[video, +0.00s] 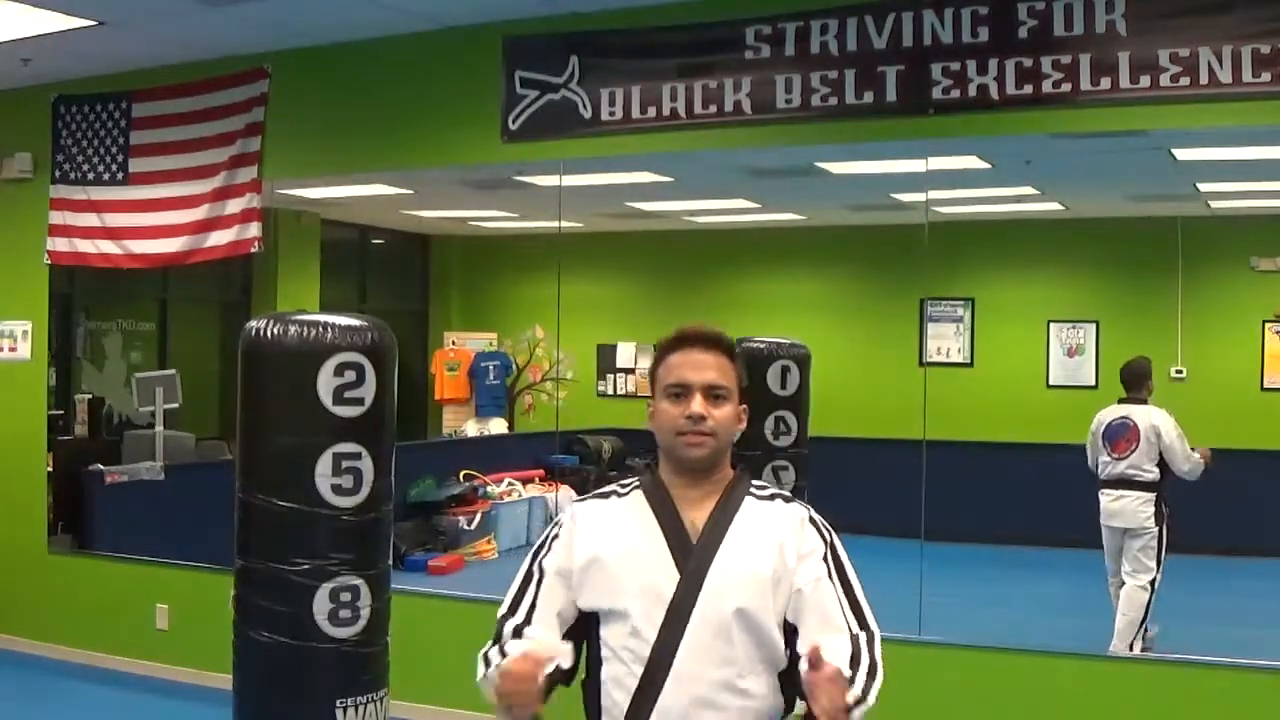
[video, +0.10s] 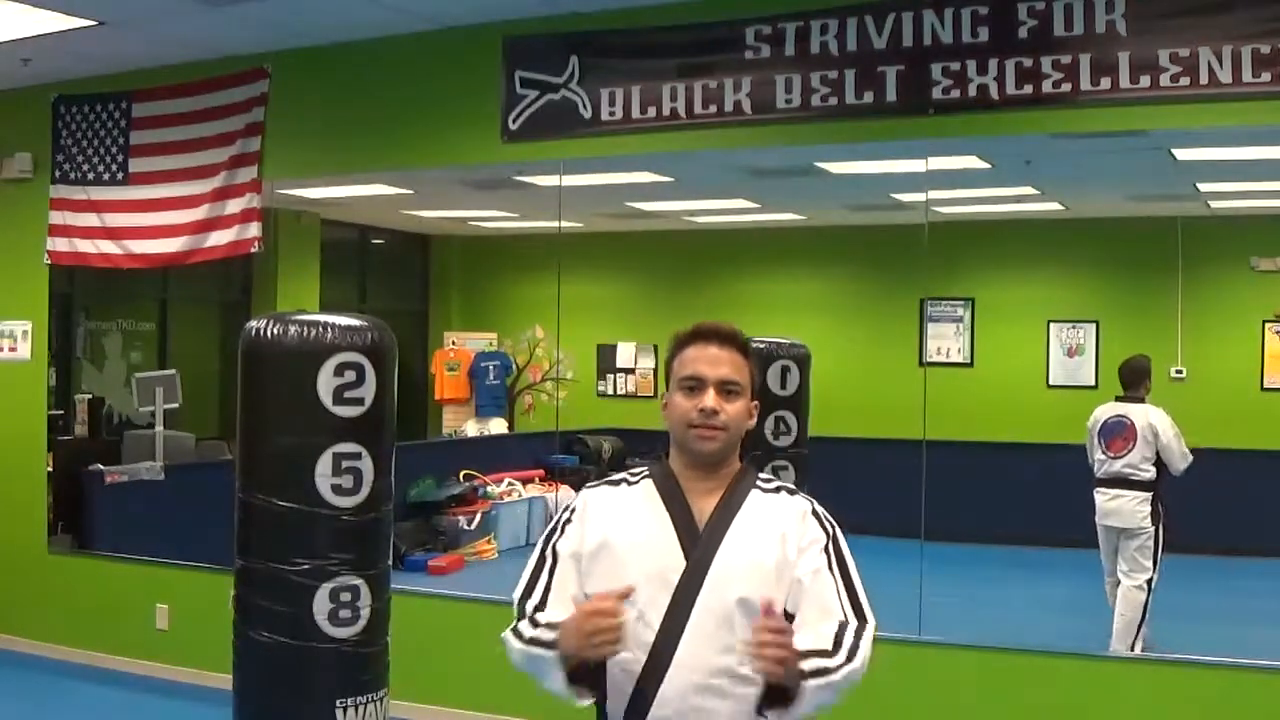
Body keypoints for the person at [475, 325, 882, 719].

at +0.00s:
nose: (696, 410)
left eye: (715, 396)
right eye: (678, 395)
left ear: (740, 417)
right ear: (651, 412)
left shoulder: (793, 528)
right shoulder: (586, 524)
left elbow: (848, 643)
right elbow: (514, 641)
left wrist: (833, 694)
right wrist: (513, 680)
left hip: (749, 711)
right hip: (626, 712)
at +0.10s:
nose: (709, 404)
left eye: (728, 391)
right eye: (692, 387)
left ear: (752, 413)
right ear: (665, 404)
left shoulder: (797, 519)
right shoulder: (594, 508)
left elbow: (846, 640)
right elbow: (523, 634)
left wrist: (796, 667)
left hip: (744, 715)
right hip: (625, 713)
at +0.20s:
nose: (714, 397)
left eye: (733, 385)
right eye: (698, 381)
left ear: (756, 408)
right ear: (672, 399)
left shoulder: (801, 511)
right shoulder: (601, 498)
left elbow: (834, 645)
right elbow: (547, 623)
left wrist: (731, 634)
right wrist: (631, 627)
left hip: (749, 711)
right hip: (630, 710)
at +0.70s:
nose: (659, 396)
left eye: (676, 383)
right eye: (643, 385)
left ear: (702, 401)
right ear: (625, 406)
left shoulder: (755, 498)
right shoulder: (574, 498)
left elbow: (786, 620)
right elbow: (533, 616)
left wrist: (690, 588)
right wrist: (631, 595)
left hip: (714, 708)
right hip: (605, 707)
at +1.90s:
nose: (712, 398)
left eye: (726, 386)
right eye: (698, 384)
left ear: (743, 398)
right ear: (674, 394)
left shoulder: (780, 479)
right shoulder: (623, 472)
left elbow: (808, 588)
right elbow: (587, 575)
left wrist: (736, 568)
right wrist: (679, 567)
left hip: (739, 694)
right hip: (643, 690)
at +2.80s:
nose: (659, 413)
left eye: (671, 395)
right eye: (643, 403)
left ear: (700, 396)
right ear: (632, 414)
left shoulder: (763, 473)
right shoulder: (599, 486)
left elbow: (802, 581)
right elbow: (573, 597)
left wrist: (712, 565)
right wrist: (658, 573)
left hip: (736, 698)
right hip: (637, 698)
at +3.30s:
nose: (601, 420)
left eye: (615, 401)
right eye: (583, 406)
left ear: (645, 399)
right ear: (567, 410)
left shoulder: (706, 476)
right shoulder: (533, 496)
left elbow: (752, 588)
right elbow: (508, 616)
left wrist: (654, 579)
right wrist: (594, 592)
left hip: (689, 705)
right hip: (583, 707)